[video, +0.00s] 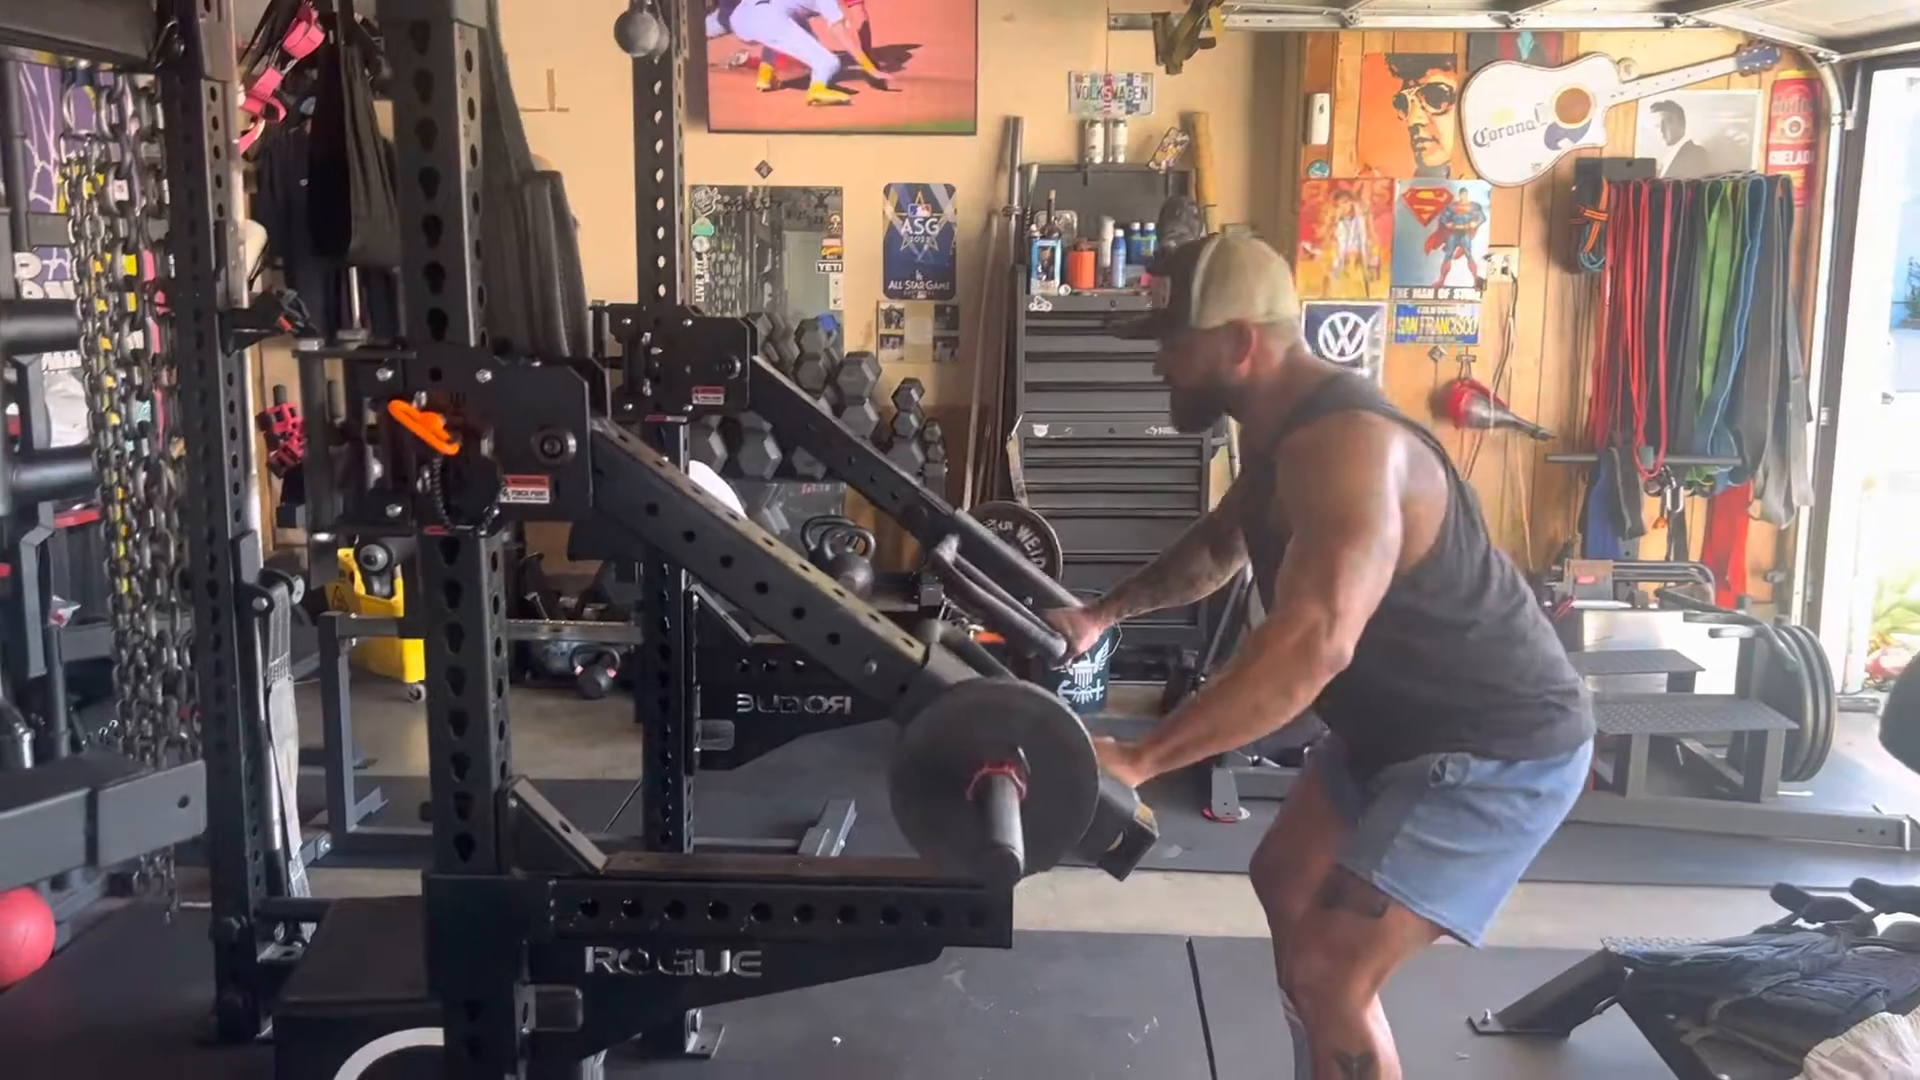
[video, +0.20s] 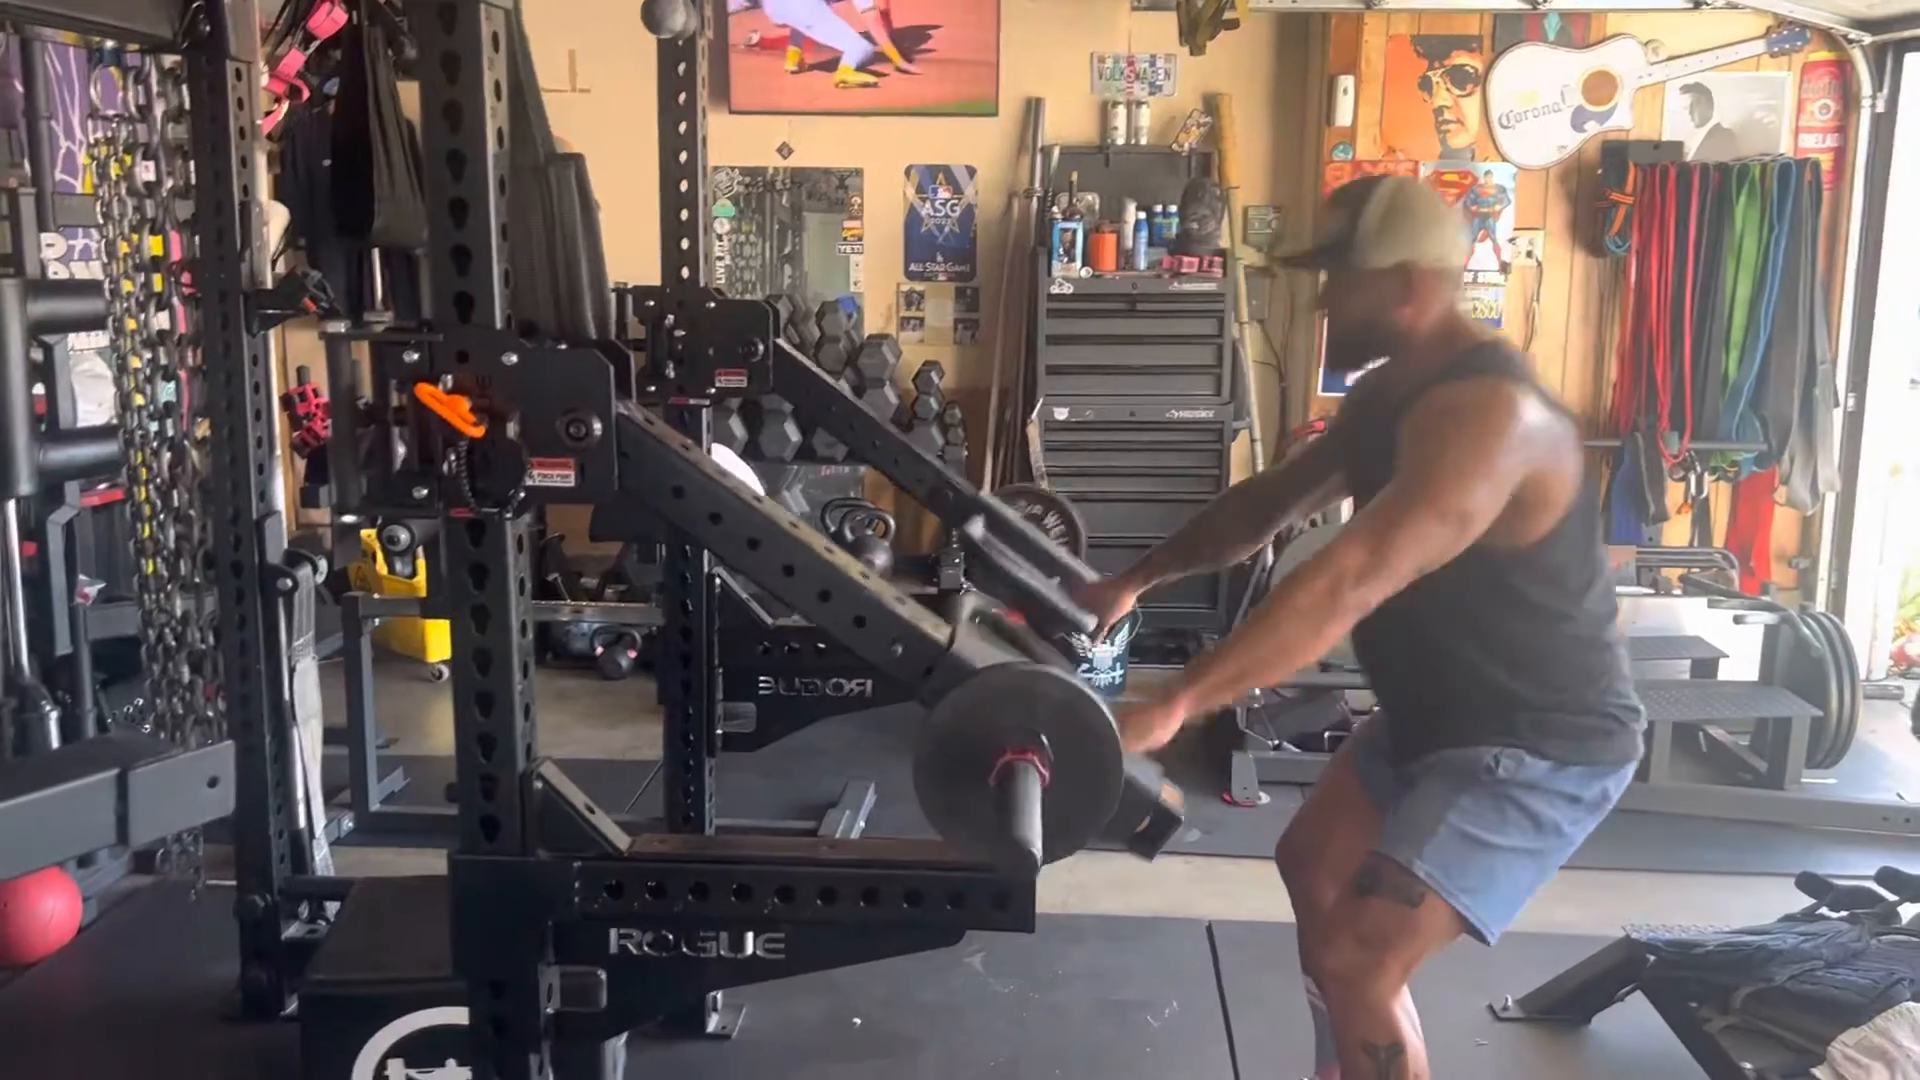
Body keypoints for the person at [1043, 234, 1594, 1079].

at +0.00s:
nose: (1160, 356)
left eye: (1173, 335)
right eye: (1163, 335)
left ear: (1245, 344)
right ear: (1246, 346)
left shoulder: (1348, 448)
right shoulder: (1285, 435)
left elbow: (1310, 644)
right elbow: (1218, 547)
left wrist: (1143, 756)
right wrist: (1103, 610)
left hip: (1498, 742)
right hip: (1401, 721)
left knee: (1329, 975)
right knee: (1285, 878)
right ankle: (1327, 1065)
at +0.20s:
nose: (1322, 292)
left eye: (1339, 272)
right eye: (1326, 271)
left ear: (1412, 288)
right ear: (1408, 290)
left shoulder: (1489, 415)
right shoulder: (1389, 393)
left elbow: (1347, 583)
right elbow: (1268, 502)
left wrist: (1176, 701)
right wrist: (1134, 579)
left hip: (1541, 740)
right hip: (1437, 715)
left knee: (1359, 959)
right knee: (1314, 863)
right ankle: (1349, 1063)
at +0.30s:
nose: (1373, 255)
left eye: (1393, 236)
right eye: (1377, 234)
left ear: (1472, 257)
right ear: (1467, 260)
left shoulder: (1534, 388)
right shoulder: (1432, 367)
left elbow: (1406, 555)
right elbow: (1313, 472)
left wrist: (1230, 644)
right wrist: (1182, 532)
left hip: (1524, 736)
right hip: (1423, 706)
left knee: (1354, 953)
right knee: (1310, 855)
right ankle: (1352, 1057)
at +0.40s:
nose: (1394, 232)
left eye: (1412, 207)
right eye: (1395, 207)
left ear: (1493, 216)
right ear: (1487, 219)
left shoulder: (1560, 333)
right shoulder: (1459, 321)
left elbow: (1536, 470)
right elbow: (1376, 396)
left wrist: (1340, 490)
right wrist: (1259, 400)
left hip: (1448, 692)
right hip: (1372, 667)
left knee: (1347, 958)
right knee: (1301, 839)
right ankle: (1358, 1056)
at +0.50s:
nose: (1343, 212)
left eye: (1360, 193)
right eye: (1344, 192)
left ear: (1433, 195)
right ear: (1419, 196)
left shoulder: (1523, 296)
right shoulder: (1392, 284)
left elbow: (1580, 384)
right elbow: (1283, 331)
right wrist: (1201, 309)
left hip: (1396, 682)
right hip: (1321, 661)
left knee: (1359, 953)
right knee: (1338, 927)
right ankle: (1366, 1064)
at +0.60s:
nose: (1286, 209)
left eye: (1294, 189)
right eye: (1281, 191)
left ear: (1322, 187)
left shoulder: (1410, 296)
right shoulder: (1344, 294)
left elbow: (1502, 321)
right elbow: (1267, 262)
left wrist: (1341, 210)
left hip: (1362, 688)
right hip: (1320, 676)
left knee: (1361, 965)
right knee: (1351, 955)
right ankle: (1375, 1068)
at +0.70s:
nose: (1175, 255)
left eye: (1188, 227)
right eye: (1173, 230)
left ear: (1252, 219)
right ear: (1250, 226)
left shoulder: (1348, 295)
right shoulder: (1282, 308)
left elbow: (1383, 250)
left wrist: (1238, 94)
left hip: (1358, 695)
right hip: (1321, 686)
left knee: (1370, 971)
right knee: (1361, 963)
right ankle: (1387, 1066)